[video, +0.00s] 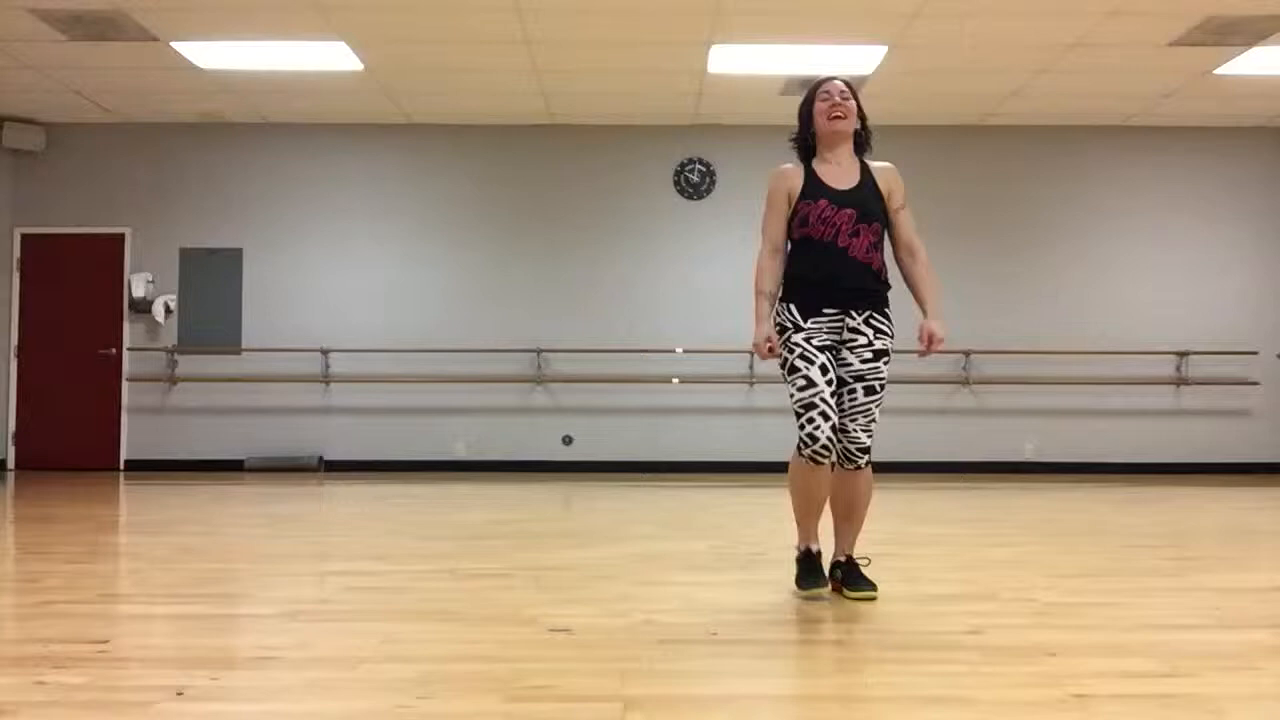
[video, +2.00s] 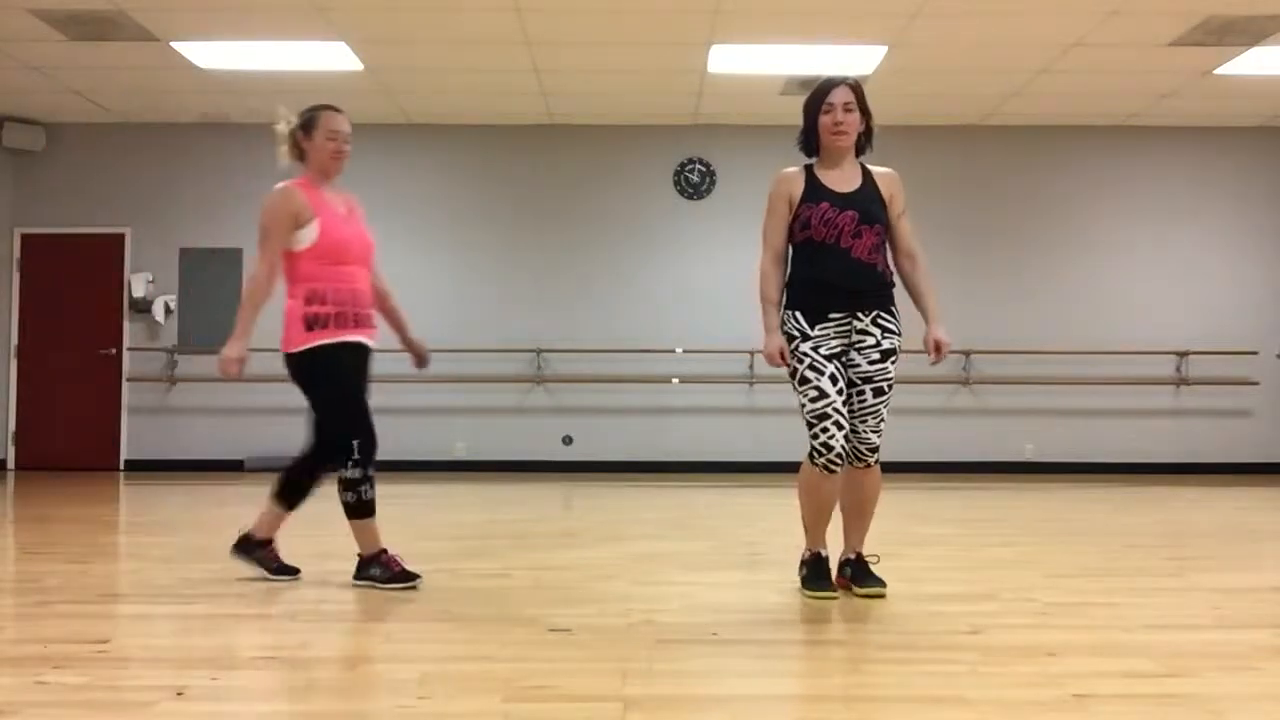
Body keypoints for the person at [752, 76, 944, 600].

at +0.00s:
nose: (836, 102)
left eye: (845, 96)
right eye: (825, 97)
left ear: (859, 114)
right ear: (808, 116)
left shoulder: (884, 176)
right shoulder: (790, 177)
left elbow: (910, 251)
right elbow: (771, 252)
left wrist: (930, 314)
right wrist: (763, 321)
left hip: (868, 322)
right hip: (803, 320)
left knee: (856, 440)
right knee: (818, 433)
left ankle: (846, 561)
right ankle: (808, 551)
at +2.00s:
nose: (840, 118)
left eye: (849, 109)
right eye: (829, 110)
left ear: (864, 120)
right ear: (813, 120)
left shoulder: (885, 183)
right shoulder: (791, 183)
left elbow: (908, 258)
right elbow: (773, 259)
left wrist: (932, 321)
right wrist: (771, 328)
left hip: (875, 326)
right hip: (810, 327)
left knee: (865, 444)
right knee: (830, 441)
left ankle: (854, 558)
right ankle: (814, 556)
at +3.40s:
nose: (845, 108)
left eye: (853, 99)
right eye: (835, 101)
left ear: (869, 111)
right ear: (818, 114)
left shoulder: (891, 175)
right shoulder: (797, 178)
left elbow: (923, 251)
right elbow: (766, 253)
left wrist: (953, 320)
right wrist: (813, 284)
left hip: (880, 321)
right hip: (815, 321)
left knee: (870, 440)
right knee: (828, 436)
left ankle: (855, 556)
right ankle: (815, 554)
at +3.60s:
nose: (841, 110)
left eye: (850, 101)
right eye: (830, 102)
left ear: (866, 114)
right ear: (814, 115)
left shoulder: (889, 175)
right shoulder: (794, 178)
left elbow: (947, 231)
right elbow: (766, 240)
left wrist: (1003, 287)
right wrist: (843, 245)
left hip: (880, 318)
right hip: (817, 321)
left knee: (868, 438)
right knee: (836, 433)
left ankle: (854, 556)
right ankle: (817, 541)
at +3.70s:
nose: (840, 113)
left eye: (849, 104)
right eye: (830, 105)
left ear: (863, 116)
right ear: (812, 117)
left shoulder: (883, 176)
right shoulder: (793, 177)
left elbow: (950, 214)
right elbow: (762, 221)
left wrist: (1020, 250)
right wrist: (834, 229)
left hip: (878, 324)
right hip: (814, 325)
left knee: (871, 443)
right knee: (835, 440)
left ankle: (854, 558)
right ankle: (818, 555)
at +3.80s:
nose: (842, 109)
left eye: (850, 100)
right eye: (831, 101)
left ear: (864, 113)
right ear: (812, 114)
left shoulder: (882, 171)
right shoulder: (794, 167)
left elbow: (959, 191)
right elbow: (753, 191)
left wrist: (1037, 205)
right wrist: (796, 203)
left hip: (877, 317)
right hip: (813, 319)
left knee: (882, 439)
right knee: (833, 438)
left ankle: (855, 551)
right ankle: (817, 555)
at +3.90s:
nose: (842, 106)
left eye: (851, 98)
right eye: (831, 99)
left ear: (864, 112)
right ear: (814, 112)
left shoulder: (885, 168)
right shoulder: (795, 165)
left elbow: (958, 175)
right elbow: (753, 168)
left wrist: (1015, 164)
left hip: (877, 314)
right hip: (814, 316)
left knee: (893, 429)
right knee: (828, 435)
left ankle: (859, 537)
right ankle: (817, 556)